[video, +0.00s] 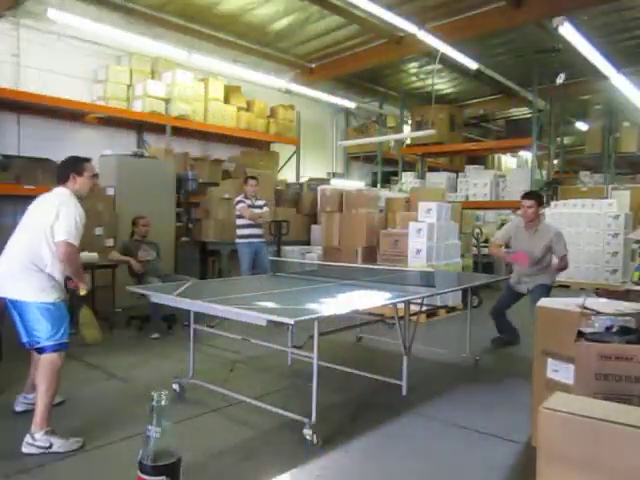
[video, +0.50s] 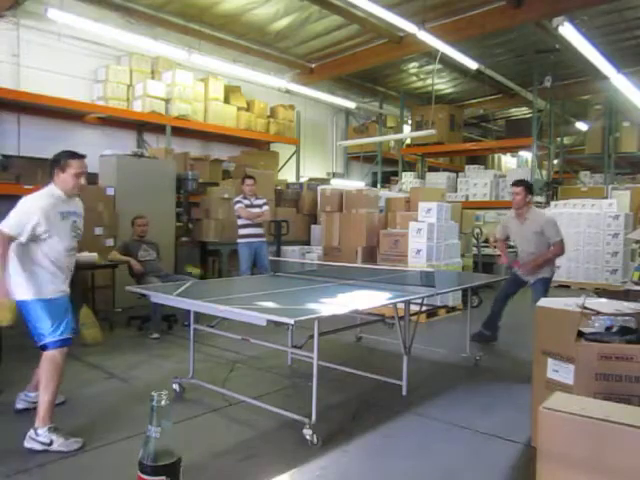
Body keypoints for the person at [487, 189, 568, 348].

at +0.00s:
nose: (525, 212)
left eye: (529, 207)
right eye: (523, 207)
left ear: (539, 209)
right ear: (520, 209)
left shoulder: (552, 233)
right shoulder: (514, 226)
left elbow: (564, 261)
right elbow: (493, 247)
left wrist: (553, 270)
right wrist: (509, 257)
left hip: (541, 278)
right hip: (519, 278)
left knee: (539, 312)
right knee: (497, 311)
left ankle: (543, 347)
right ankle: (510, 336)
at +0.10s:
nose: (529, 209)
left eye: (534, 205)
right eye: (527, 205)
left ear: (543, 207)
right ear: (524, 206)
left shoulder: (556, 231)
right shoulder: (519, 223)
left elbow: (569, 260)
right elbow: (500, 234)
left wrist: (563, 263)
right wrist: (490, 241)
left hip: (544, 277)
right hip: (521, 276)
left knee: (538, 308)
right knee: (499, 309)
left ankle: (542, 345)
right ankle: (510, 336)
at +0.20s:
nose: (529, 201)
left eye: (534, 197)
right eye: (528, 197)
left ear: (546, 200)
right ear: (527, 199)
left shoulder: (559, 224)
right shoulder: (520, 217)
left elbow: (570, 253)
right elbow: (502, 231)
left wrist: (562, 258)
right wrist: (487, 243)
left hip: (545, 272)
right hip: (522, 270)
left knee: (542, 308)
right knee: (501, 304)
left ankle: (545, 344)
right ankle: (507, 334)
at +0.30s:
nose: (527, 195)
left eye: (532, 191)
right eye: (526, 191)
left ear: (543, 194)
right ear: (524, 192)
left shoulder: (557, 220)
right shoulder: (518, 213)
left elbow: (570, 249)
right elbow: (500, 233)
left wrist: (558, 258)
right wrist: (495, 245)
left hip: (545, 268)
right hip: (522, 266)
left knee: (542, 307)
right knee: (500, 299)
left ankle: (545, 344)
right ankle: (502, 330)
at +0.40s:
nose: (521, 194)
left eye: (525, 191)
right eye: (519, 191)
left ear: (536, 193)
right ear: (519, 193)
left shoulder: (551, 217)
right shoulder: (515, 214)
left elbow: (566, 247)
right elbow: (500, 236)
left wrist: (546, 260)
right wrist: (503, 253)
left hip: (544, 270)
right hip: (522, 266)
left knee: (542, 309)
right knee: (501, 298)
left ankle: (545, 345)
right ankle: (492, 329)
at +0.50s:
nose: (514, 198)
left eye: (518, 194)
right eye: (512, 194)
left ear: (528, 197)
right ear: (511, 197)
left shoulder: (543, 220)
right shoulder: (509, 219)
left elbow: (559, 249)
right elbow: (500, 240)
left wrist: (534, 263)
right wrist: (504, 255)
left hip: (542, 270)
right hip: (521, 268)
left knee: (540, 307)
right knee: (501, 296)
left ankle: (545, 346)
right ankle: (489, 331)